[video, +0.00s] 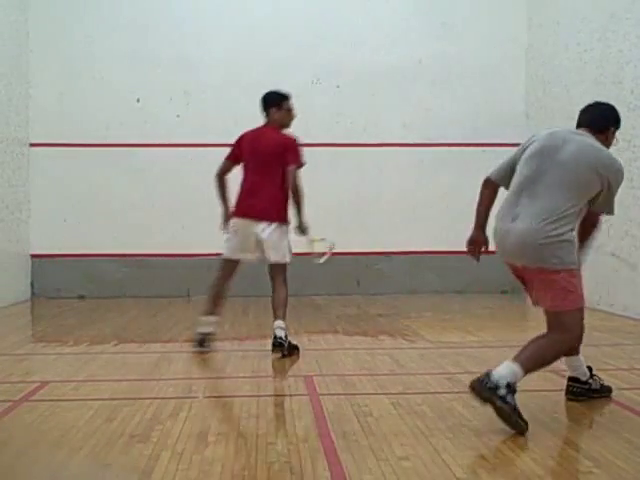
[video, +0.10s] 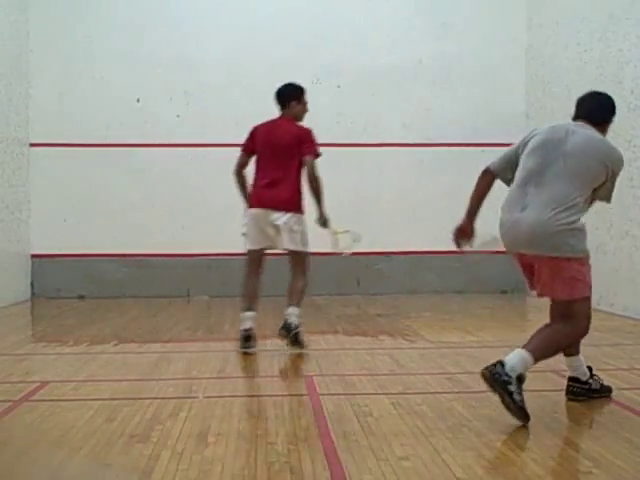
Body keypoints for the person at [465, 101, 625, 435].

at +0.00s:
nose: (613, 141)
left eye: (614, 136)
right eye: (614, 136)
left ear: (580, 124)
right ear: (608, 133)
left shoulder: (542, 139)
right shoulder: (610, 165)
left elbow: (491, 182)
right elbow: (590, 219)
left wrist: (478, 229)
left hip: (506, 239)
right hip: (550, 247)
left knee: (559, 302)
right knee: (565, 335)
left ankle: (579, 376)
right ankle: (499, 380)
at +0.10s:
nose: (607, 129)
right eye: (609, 124)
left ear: (574, 114)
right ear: (608, 123)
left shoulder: (540, 134)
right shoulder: (610, 155)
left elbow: (489, 172)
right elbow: (596, 196)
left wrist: (468, 220)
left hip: (512, 231)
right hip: (558, 236)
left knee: (563, 302)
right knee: (575, 323)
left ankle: (579, 376)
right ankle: (508, 370)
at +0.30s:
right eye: (575, 91)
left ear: (540, 90)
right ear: (576, 92)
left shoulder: (516, 124)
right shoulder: (591, 127)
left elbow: (469, 164)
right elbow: (592, 190)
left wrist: (440, 211)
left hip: (517, 231)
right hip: (566, 230)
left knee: (559, 296)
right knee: (585, 313)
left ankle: (579, 377)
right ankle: (536, 375)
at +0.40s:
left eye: (526, 70)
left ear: (522, 75)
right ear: (558, 77)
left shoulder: (498, 115)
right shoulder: (577, 117)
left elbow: (461, 158)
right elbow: (597, 178)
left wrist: (440, 209)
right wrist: (572, 201)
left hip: (512, 226)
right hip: (561, 222)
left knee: (548, 304)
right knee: (566, 312)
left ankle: (573, 376)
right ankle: (530, 386)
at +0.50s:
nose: (515, 68)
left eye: (509, 62)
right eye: (535, 62)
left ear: (505, 65)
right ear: (542, 66)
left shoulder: (482, 107)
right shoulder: (562, 108)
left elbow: (457, 155)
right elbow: (595, 169)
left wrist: (448, 209)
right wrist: (587, 210)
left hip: (501, 222)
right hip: (551, 218)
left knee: (534, 303)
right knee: (545, 309)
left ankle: (557, 375)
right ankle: (521, 391)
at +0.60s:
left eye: (489, 51)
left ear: (488, 55)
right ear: (525, 55)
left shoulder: (468, 99)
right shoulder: (548, 98)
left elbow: (452, 151)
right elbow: (584, 154)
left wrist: (448, 207)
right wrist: (591, 207)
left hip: (487, 216)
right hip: (539, 214)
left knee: (506, 296)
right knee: (533, 303)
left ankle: (523, 376)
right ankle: (519, 394)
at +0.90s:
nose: (429, 53)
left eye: (421, 47)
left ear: (420, 51)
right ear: (457, 49)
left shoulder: (404, 100)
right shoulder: (485, 92)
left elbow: (377, 161)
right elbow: (521, 140)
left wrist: (362, 211)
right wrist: (543, 197)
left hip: (427, 219)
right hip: (483, 216)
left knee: (397, 302)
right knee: (499, 305)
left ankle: (389, 394)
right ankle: (518, 399)